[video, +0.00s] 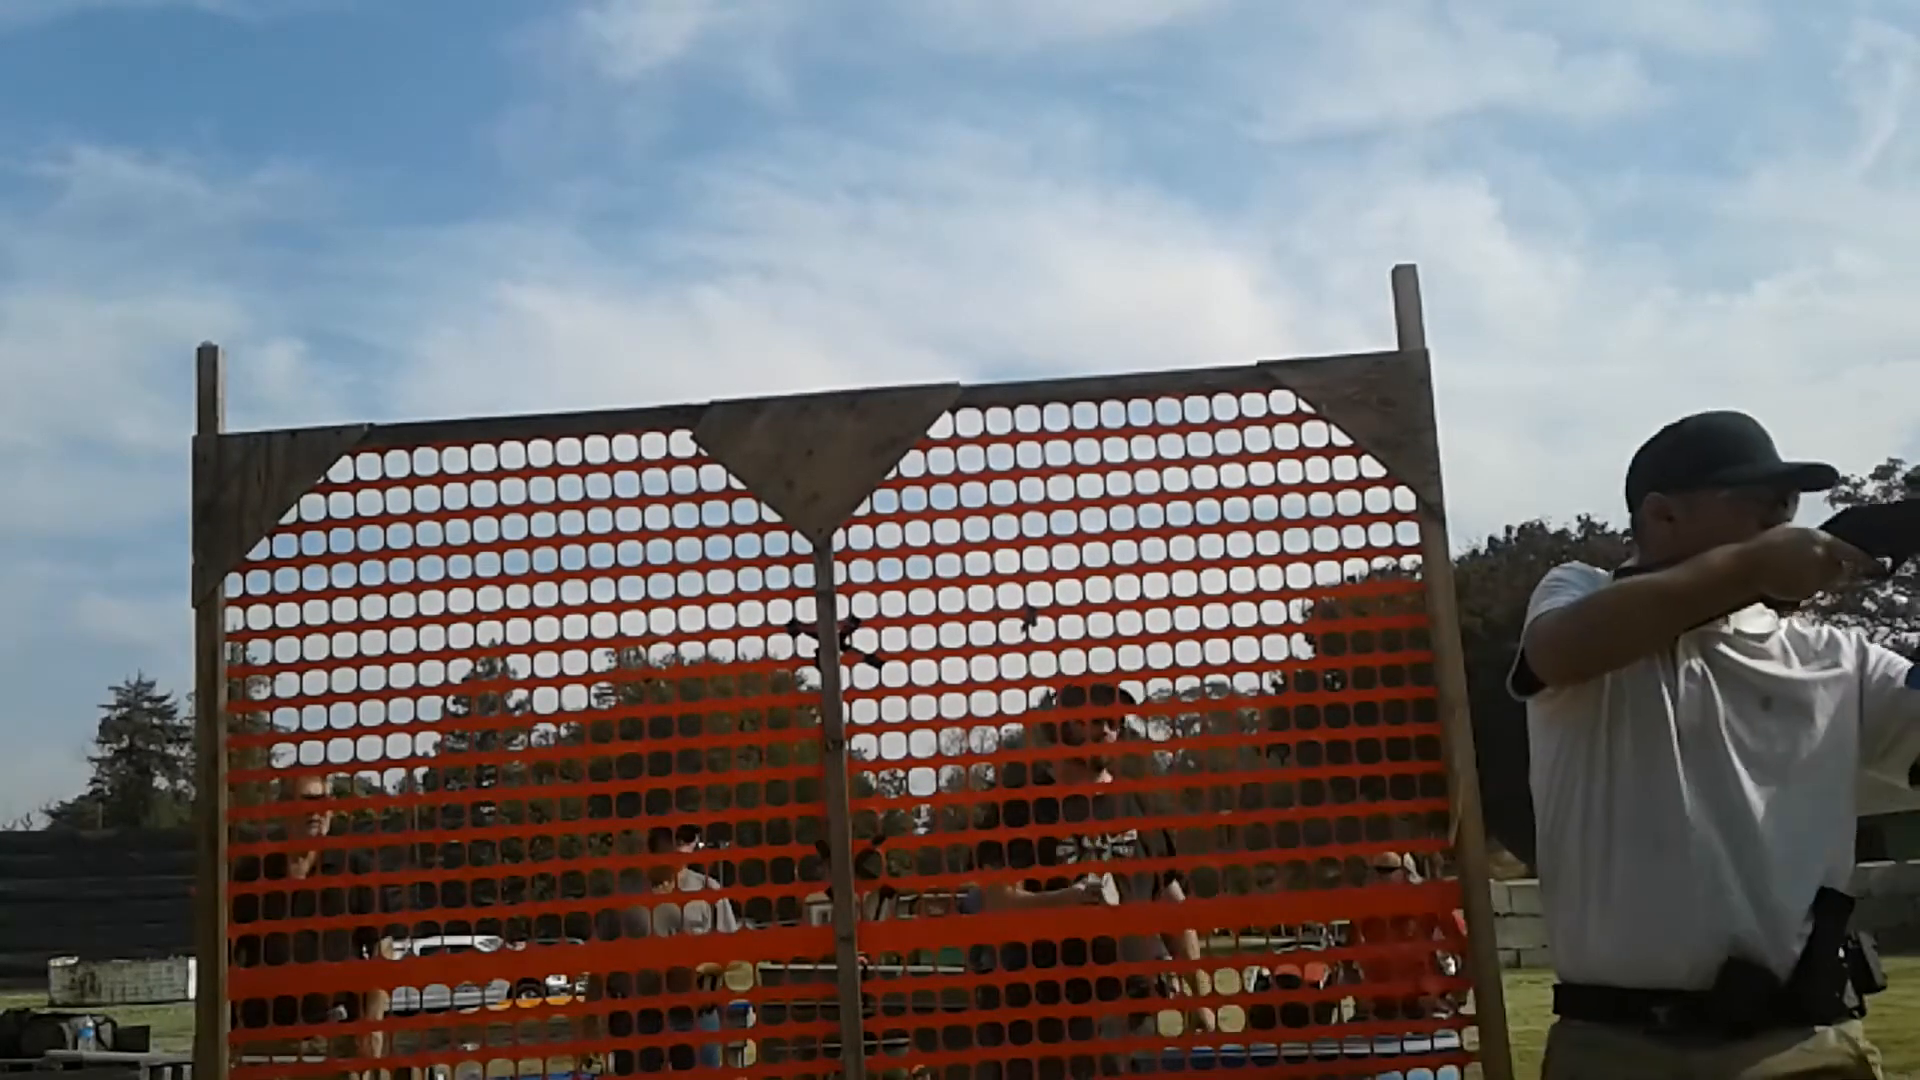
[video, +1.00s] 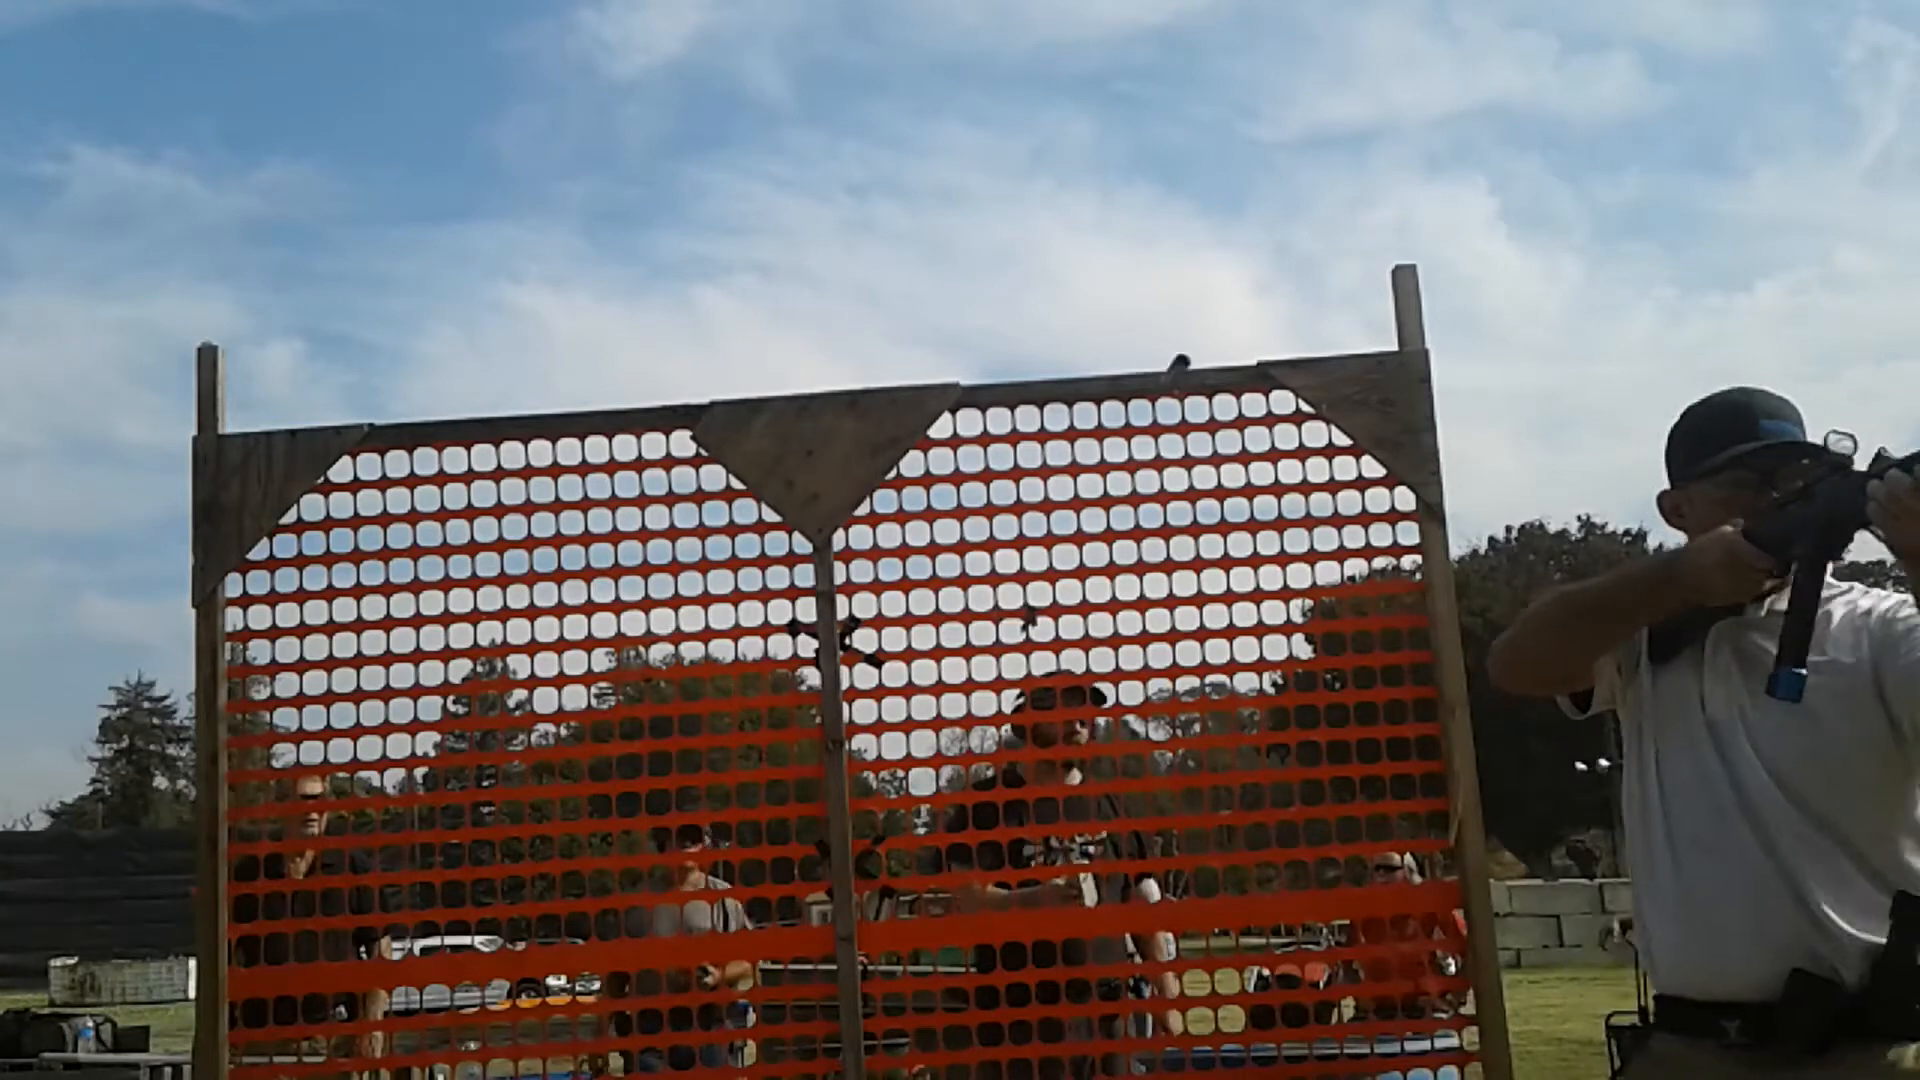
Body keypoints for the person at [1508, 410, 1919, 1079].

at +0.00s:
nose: (1783, 527)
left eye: (1787, 507)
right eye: (1757, 503)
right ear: (1662, 515)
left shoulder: (1835, 657)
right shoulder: (1582, 596)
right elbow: (1557, 653)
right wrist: (1750, 568)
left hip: (1799, 1039)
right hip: (1614, 1042)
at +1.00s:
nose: (1773, 504)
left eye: (1791, 478)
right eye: (1745, 479)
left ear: (1816, 487)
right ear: (1678, 508)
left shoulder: (1879, 625)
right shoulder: (1643, 644)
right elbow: (1513, 665)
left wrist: (1915, 558)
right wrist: (1682, 577)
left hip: (1862, 1043)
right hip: (1684, 1044)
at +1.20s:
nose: (1805, 474)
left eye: (1824, 445)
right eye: (1775, 455)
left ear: (1860, 450)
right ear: (1723, 488)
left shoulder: (1905, 581)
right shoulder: (1722, 604)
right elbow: (1572, 658)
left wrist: (1913, 532)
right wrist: (1722, 558)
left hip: (1906, 1029)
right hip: (1773, 1034)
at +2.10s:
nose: (1760, 448)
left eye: (1785, 417)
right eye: (1727, 430)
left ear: (1850, 423)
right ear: (1699, 464)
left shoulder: (1907, 542)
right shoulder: (1711, 592)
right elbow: (1562, 705)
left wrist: (1891, 555)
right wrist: (1682, 580)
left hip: (1905, 1035)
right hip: (1766, 1039)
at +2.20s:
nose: (1701, 449)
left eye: (1722, 422)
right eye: (1667, 430)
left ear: (1769, 444)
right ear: (1618, 473)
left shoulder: (1862, 580)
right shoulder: (1622, 617)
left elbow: (1912, 780)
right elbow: (1478, 729)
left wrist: (1771, 644)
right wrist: (1580, 624)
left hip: (1885, 1035)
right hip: (1716, 1043)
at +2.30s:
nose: (1624, 466)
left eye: (1642, 439)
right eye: (1587, 446)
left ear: (1676, 463)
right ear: (1526, 486)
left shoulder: (1769, 596)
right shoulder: (1519, 630)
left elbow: (1861, 802)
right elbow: (1378, 742)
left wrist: (1700, 676)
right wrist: (1483, 641)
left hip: (1817, 1038)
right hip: (1636, 1047)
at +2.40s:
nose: (1532, 487)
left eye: (1549, 462)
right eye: (1494, 466)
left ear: (1570, 482)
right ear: (1425, 502)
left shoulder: (1677, 613)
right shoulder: (1413, 635)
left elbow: (1802, 811)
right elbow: (1273, 743)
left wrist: (1673, 672)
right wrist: (1402, 643)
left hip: (1727, 1036)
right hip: (1539, 1052)